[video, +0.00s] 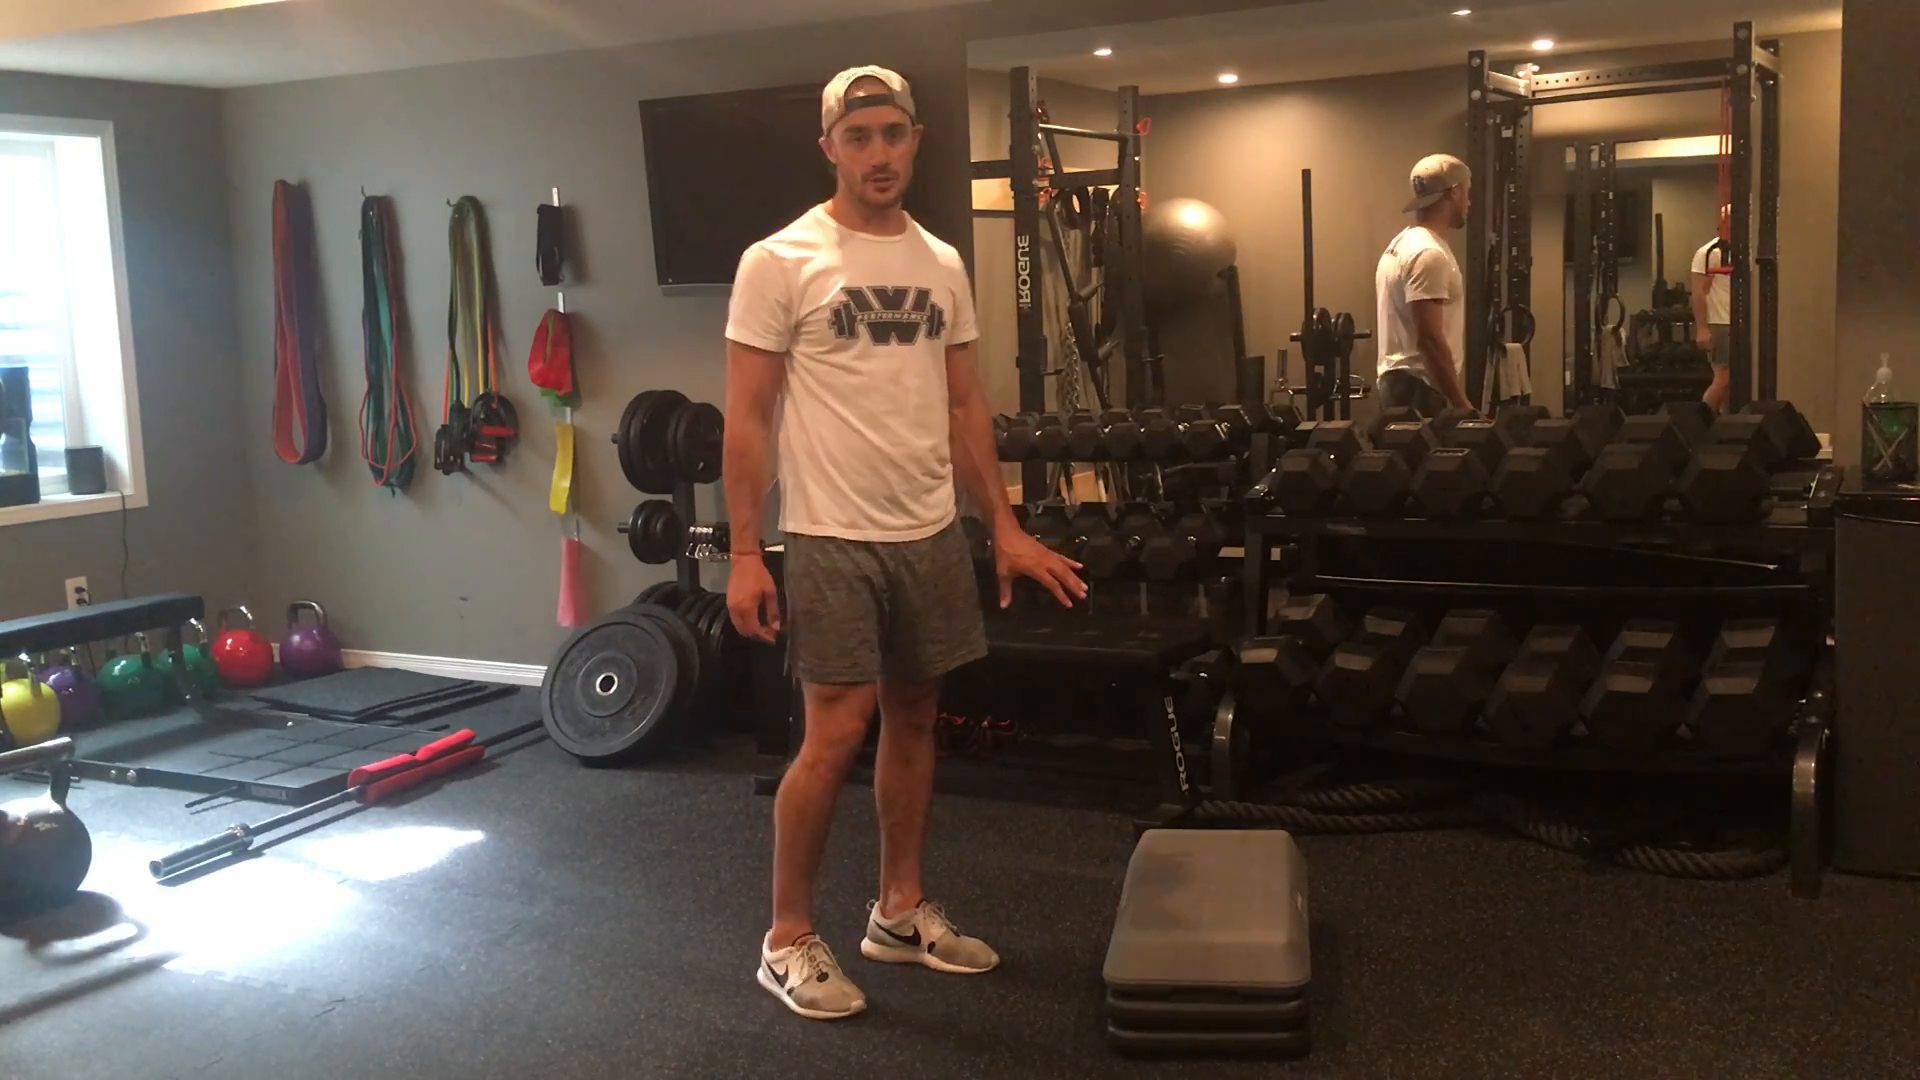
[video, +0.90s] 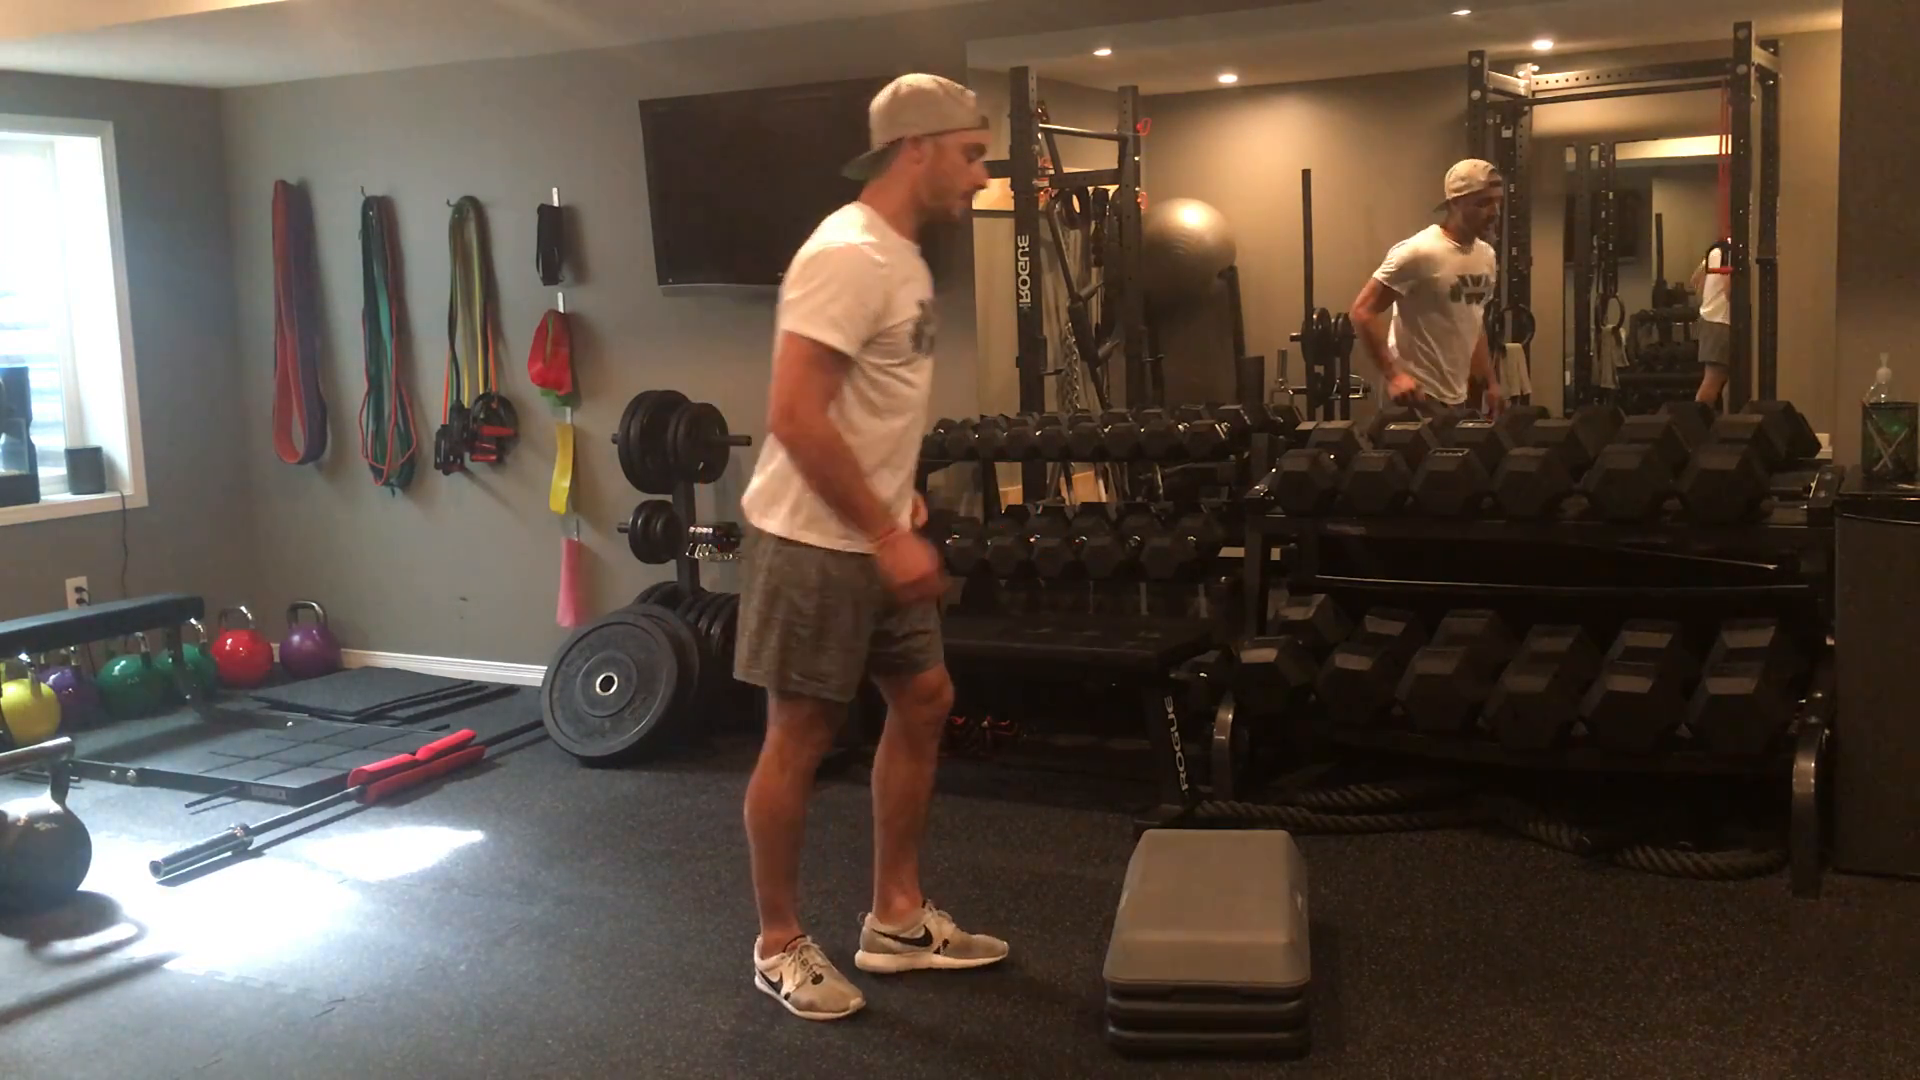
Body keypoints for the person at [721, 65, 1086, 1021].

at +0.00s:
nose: (880, 152)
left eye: (894, 134)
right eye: (860, 136)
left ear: (916, 144)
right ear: (829, 148)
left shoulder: (941, 266)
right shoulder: (779, 263)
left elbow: (966, 406)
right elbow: (748, 416)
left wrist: (1006, 529)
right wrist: (744, 551)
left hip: (930, 533)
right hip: (829, 538)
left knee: (914, 721)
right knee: (836, 733)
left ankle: (899, 911)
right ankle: (787, 938)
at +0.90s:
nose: (983, 176)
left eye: (985, 158)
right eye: (973, 156)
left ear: (920, 156)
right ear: (919, 153)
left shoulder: (900, 257)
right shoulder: (845, 253)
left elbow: (865, 411)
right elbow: (796, 415)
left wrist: (902, 503)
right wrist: (886, 531)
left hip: (880, 537)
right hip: (813, 541)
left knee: (923, 705)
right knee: (796, 738)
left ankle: (897, 917)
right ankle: (777, 943)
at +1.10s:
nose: (1056, 192)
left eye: (1054, 174)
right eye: (1044, 173)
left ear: (995, 179)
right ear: (990, 176)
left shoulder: (970, 270)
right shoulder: (924, 261)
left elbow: (913, 413)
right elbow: (851, 405)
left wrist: (958, 498)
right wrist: (947, 512)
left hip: (918, 541)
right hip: (876, 542)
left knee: (959, 736)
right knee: (963, 737)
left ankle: (902, 926)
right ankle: (815, 905)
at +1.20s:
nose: (1086, 197)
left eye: (1085, 180)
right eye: (1073, 179)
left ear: (1021, 188)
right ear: (1018, 184)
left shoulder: (998, 284)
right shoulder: (951, 271)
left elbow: (944, 423)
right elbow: (848, 389)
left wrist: (1020, 481)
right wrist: (942, 501)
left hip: (927, 539)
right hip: (903, 541)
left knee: (973, 724)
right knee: (1079, 676)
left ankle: (906, 925)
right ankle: (914, 839)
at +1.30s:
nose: (1111, 131)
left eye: (1109, 113)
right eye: (1097, 112)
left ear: (1047, 127)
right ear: (1043, 125)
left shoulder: (1035, 228)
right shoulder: (973, 215)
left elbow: (967, 331)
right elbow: (859, 325)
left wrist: (1055, 361)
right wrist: (963, 425)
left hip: (951, 490)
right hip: (943, 494)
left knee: (962, 689)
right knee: (1133, 604)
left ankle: (915, 904)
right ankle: (1050, 817)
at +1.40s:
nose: (1137, 83)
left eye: (1134, 64)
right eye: (1120, 65)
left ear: (1072, 83)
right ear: (1062, 81)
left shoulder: (1057, 183)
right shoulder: (1003, 175)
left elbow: (1001, 296)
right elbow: (908, 303)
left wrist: (1081, 324)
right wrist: (1024, 396)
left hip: (976, 449)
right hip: (989, 450)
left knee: (1034, 642)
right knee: (1152, 606)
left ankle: (945, 853)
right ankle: (1114, 839)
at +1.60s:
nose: (1170, 52)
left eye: (1168, 32)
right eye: (1154, 30)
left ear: (1102, 46)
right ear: (1093, 42)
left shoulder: (1090, 145)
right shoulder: (1053, 140)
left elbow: (1044, 297)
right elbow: (1008, 300)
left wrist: (1123, 361)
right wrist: (1130, 360)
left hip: (1061, 418)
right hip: (1027, 427)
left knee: (1164, 578)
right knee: (1143, 614)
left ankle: (1074, 795)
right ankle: (1111, 848)